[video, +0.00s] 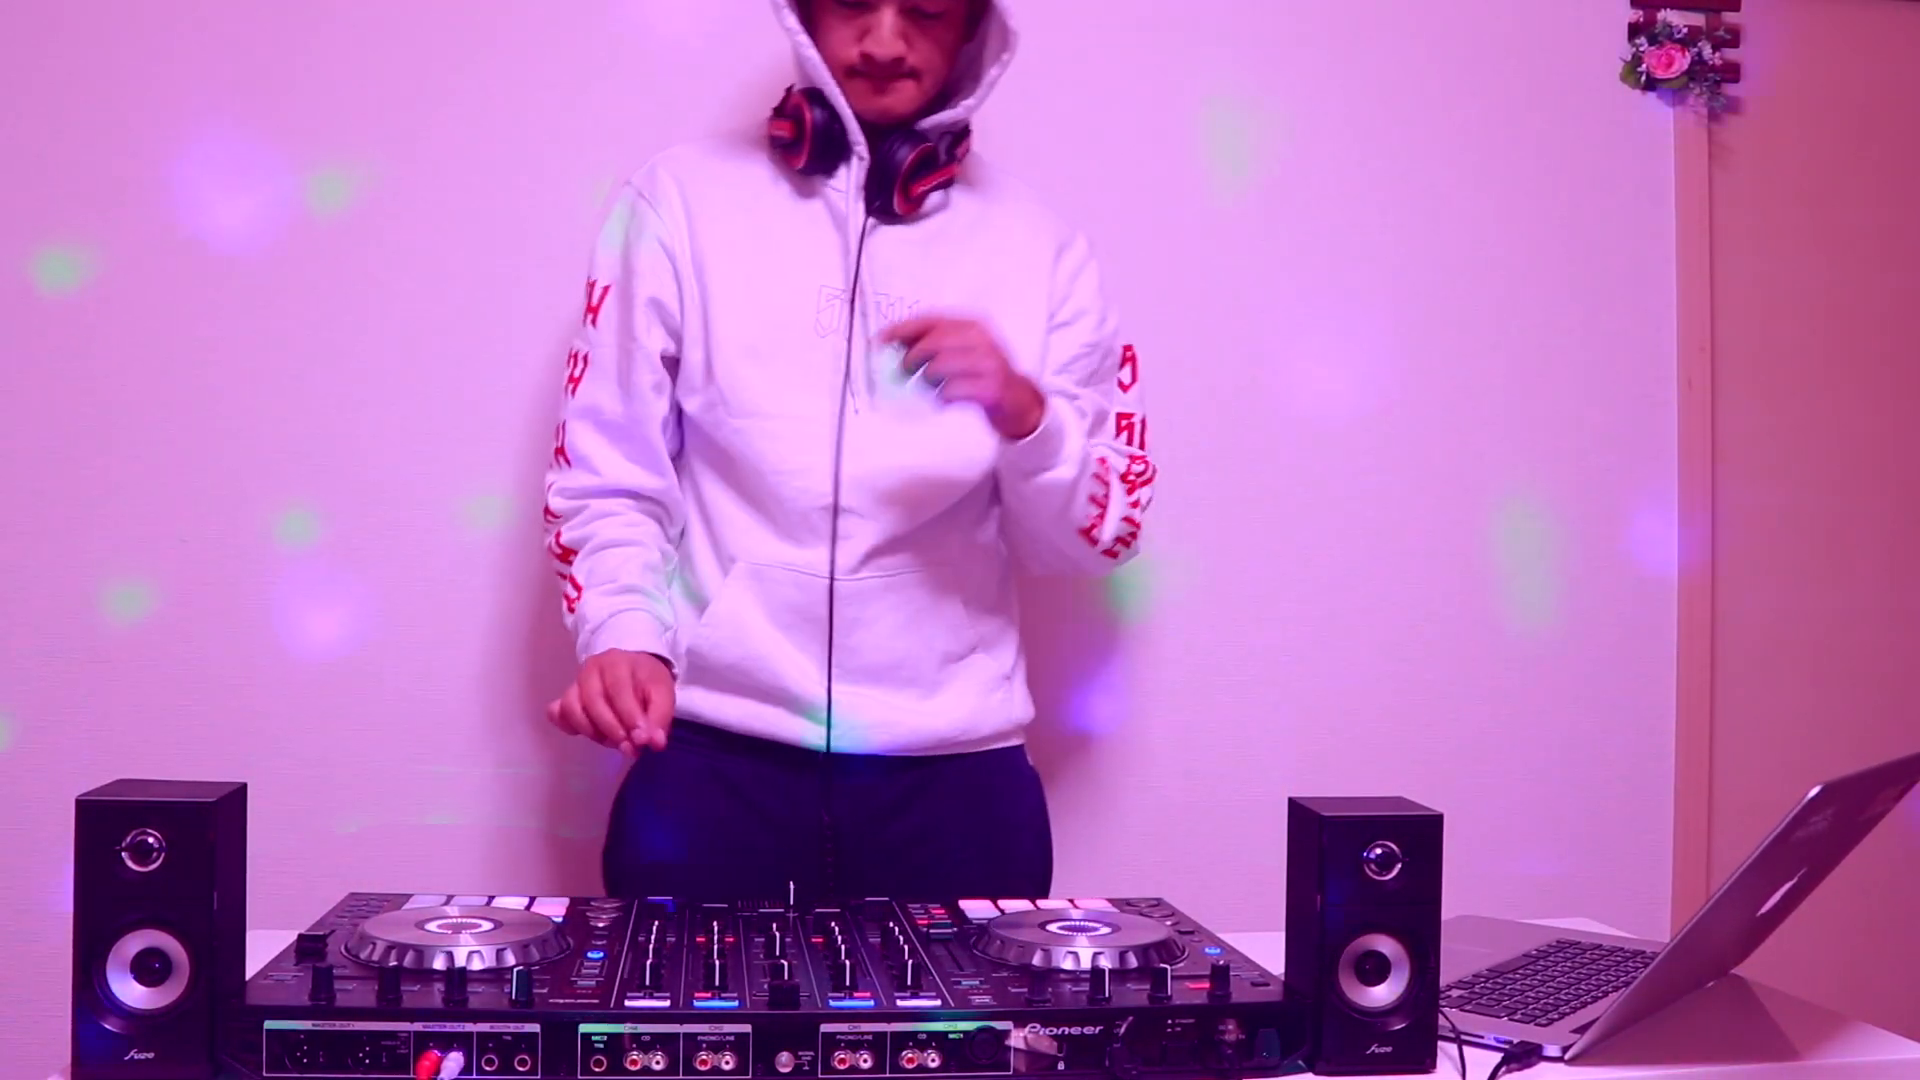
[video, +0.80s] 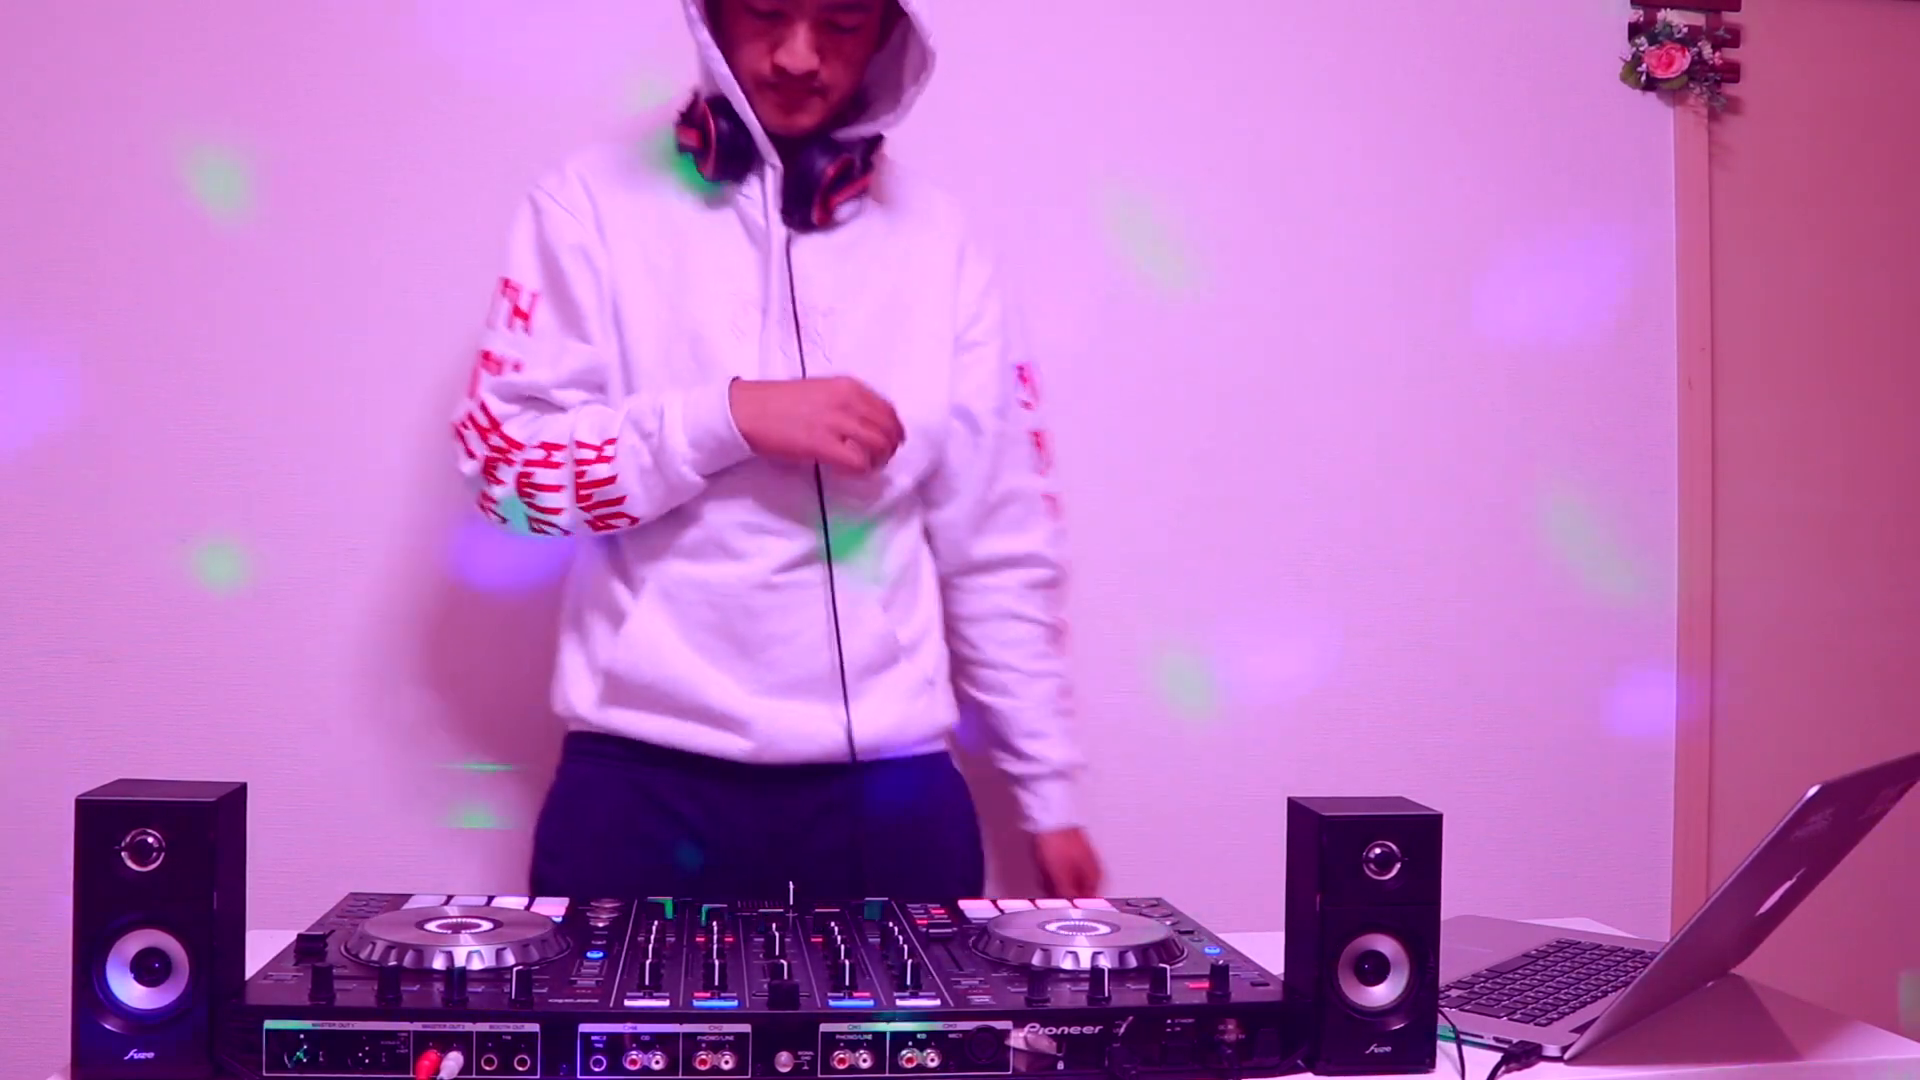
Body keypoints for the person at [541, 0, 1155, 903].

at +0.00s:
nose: (883, 43)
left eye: (924, 12)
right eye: (851, 5)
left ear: (971, 31)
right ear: (803, 14)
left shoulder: (1038, 249)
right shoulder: (681, 205)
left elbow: (1100, 534)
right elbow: (608, 476)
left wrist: (1023, 412)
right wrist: (623, 635)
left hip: (956, 784)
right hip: (715, 772)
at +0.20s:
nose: (926, 94)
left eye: (970, 60)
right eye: (894, 46)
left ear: (1018, 72)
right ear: (845, 34)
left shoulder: (1073, 261)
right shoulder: (724, 215)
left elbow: (1169, 548)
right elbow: (637, 469)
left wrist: (1130, 431)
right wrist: (640, 630)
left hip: (986, 795)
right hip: (749, 779)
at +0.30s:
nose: (920, 71)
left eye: (962, 37)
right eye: (885, 31)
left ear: (1009, 40)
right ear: (840, 29)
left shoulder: (1089, 245)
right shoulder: (726, 215)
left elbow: (1222, 454)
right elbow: (661, 441)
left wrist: (1118, 507)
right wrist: (650, 517)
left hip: (990, 799)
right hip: (756, 787)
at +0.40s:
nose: (893, 70)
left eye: (935, 35)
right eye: (859, 33)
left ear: (989, 44)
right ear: (819, 41)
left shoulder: (1092, 246)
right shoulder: (740, 233)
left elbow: (1243, 458)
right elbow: (659, 519)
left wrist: (1088, 630)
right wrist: (642, 438)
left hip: (987, 800)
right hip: (755, 789)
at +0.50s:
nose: (859, 59)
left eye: (896, 24)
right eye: (824, 22)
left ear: (952, 28)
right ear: (786, 31)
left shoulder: (1077, 215)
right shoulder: (727, 221)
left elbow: (1207, 477)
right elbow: (628, 491)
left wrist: (1109, 713)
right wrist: (671, 335)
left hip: (975, 783)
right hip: (743, 763)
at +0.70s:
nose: (810, 60)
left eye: (853, 22)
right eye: (777, 21)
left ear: (906, 34)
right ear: (735, 33)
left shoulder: (998, 250)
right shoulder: (641, 232)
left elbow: (1088, 546)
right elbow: (547, 477)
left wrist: (1117, 824)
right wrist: (728, 355)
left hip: (924, 808)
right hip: (680, 805)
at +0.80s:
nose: (798, 58)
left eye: (839, 24)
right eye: (764, 17)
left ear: (881, 37)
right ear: (712, 21)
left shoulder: (938, 242)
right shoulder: (590, 209)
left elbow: (997, 543)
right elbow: (509, 464)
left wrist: (1048, 799)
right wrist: (734, 414)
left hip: (889, 800)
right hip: (649, 793)